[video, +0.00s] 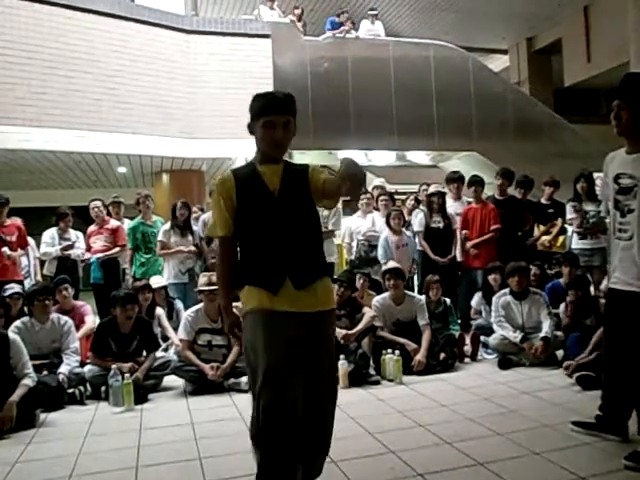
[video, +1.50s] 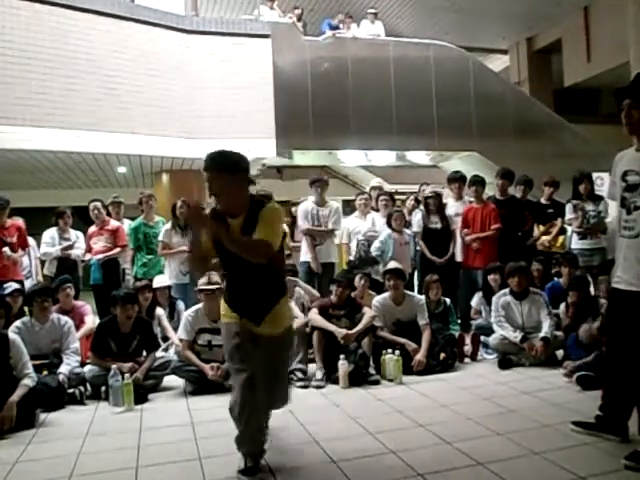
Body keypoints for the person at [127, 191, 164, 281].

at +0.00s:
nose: (147, 204)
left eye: (148, 201)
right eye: (143, 202)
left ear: (153, 203)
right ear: (138, 206)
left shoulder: (160, 222)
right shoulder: (133, 226)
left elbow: (164, 244)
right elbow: (130, 249)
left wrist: (167, 266)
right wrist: (129, 269)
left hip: (158, 267)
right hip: (140, 269)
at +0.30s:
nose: (146, 204)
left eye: (148, 201)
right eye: (143, 202)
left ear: (152, 204)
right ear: (138, 206)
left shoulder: (160, 222)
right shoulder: (133, 226)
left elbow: (164, 244)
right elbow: (130, 249)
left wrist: (167, 266)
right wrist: (129, 270)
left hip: (158, 267)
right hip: (140, 269)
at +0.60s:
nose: (147, 204)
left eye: (149, 200)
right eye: (143, 202)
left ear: (153, 203)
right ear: (139, 206)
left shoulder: (160, 222)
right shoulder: (134, 226)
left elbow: (164, 244)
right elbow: (130, 249)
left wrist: (167, 266)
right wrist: (129, 269)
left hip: (158, 268)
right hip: (141, 269)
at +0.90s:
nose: (148, 204)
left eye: (150, 200)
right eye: (144, 202)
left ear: (154, 204)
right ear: (140, 206)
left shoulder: (160, 224)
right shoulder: (134, 227)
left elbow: (164, 247)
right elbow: (131, 249)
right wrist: (129, 270)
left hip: (159, 269)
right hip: (141, 270)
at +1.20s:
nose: (149, 204)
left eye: (151, 200)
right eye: (145, 202)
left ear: (155, 203)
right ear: (140, 206)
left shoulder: (161, 222)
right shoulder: (135, 226)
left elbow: (165, 244)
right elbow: (131, 249)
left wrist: (168, 266)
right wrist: (129, 269)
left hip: (159, 268)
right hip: (141, 269)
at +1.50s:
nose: (150, 204)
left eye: (151, 200)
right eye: (146, 202)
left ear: (156, 203)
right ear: (141, 206)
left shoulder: (162, 222)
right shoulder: (135, 226)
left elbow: (166, 244)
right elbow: (132, 249)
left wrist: (168, 266)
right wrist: (129, 269)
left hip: (160, 268)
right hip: (142, 269)